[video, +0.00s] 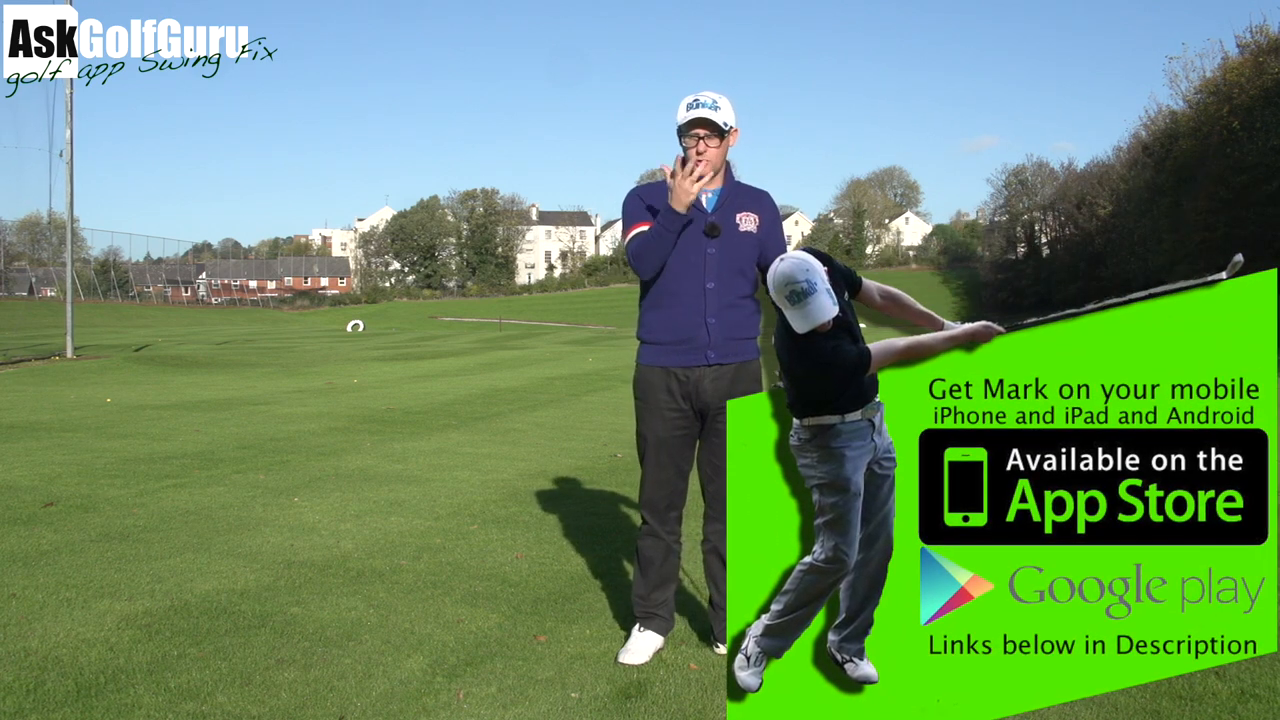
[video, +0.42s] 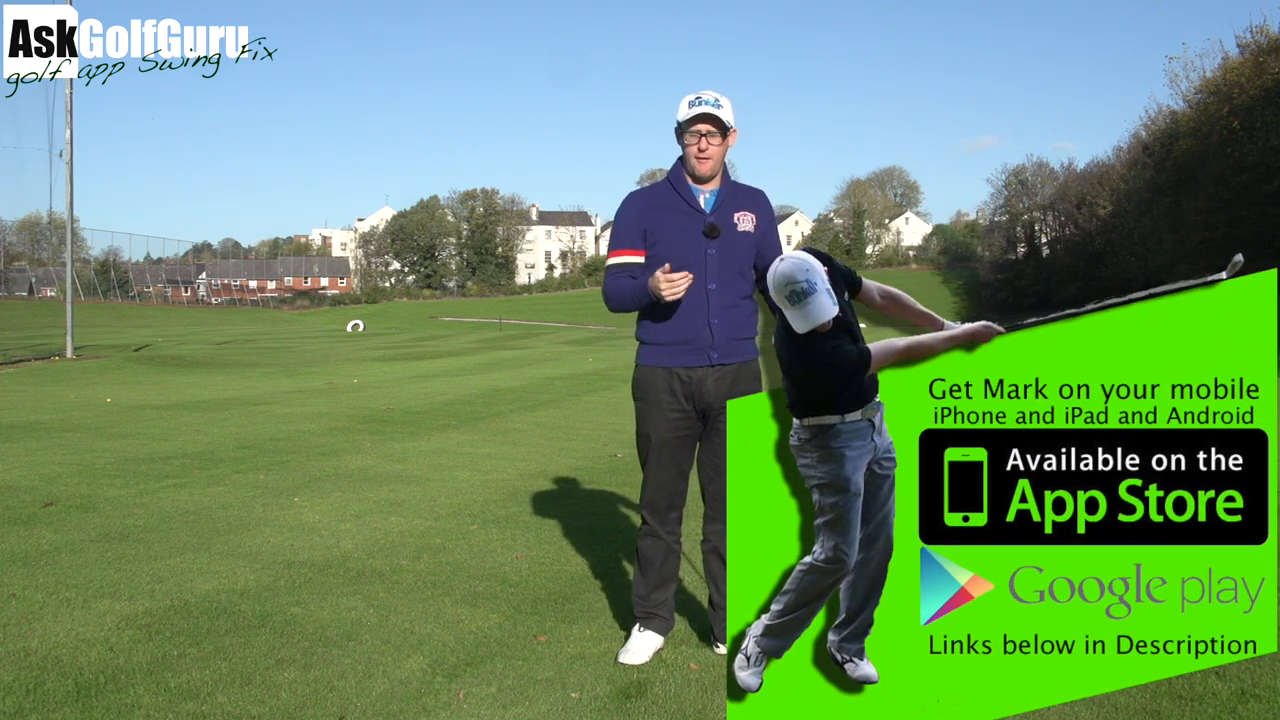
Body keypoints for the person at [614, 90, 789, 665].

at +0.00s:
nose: (699, 145)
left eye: (709, 136)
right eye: (690, 136)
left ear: (731, 140)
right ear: (679, 140)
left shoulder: (757, 203)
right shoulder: (648, 197)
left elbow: (782, 286)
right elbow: (642, 264)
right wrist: (676, 209)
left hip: (735, 373)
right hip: (662, 374)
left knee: (731, 510)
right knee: (659, 507)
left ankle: (733, 626)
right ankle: (652, 620)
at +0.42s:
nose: (702, 142)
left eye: (712, 133)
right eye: (693, 134)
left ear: (730, 140)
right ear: (680, 142)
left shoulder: (754, 204)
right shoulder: (641, 206)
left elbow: (775, 280)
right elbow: (616, 291)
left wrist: (815, 298)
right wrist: (650, 289)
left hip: (736, 375)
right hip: (663, 377)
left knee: (730, 510)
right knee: (660, 506)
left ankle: (731, 624)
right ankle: (651, 620)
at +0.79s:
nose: (691, 144)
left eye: (702, 135)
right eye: (682, 134)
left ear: (717, 142)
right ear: (668, 138)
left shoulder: (743, 200)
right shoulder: (628, 207)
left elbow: (768, 280)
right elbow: (617, 292)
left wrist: (746, 327)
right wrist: (675, 300)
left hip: (723, 374)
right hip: (650, 375)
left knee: (723, 507)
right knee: (651, 508)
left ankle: (729, 622)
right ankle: (651, 620)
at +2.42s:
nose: (681, 162)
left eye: (690, 151)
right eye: (671, 151)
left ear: (695, 152)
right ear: (645, 145)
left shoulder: (701, 208)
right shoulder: (596, 211)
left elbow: (723, 279)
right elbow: (590, 295)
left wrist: (732, 326)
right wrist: (640, 322)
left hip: (692, 378)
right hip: (622, 381)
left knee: (714, 504)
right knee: (635, 507)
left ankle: (727, 623)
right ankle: (649, 620)